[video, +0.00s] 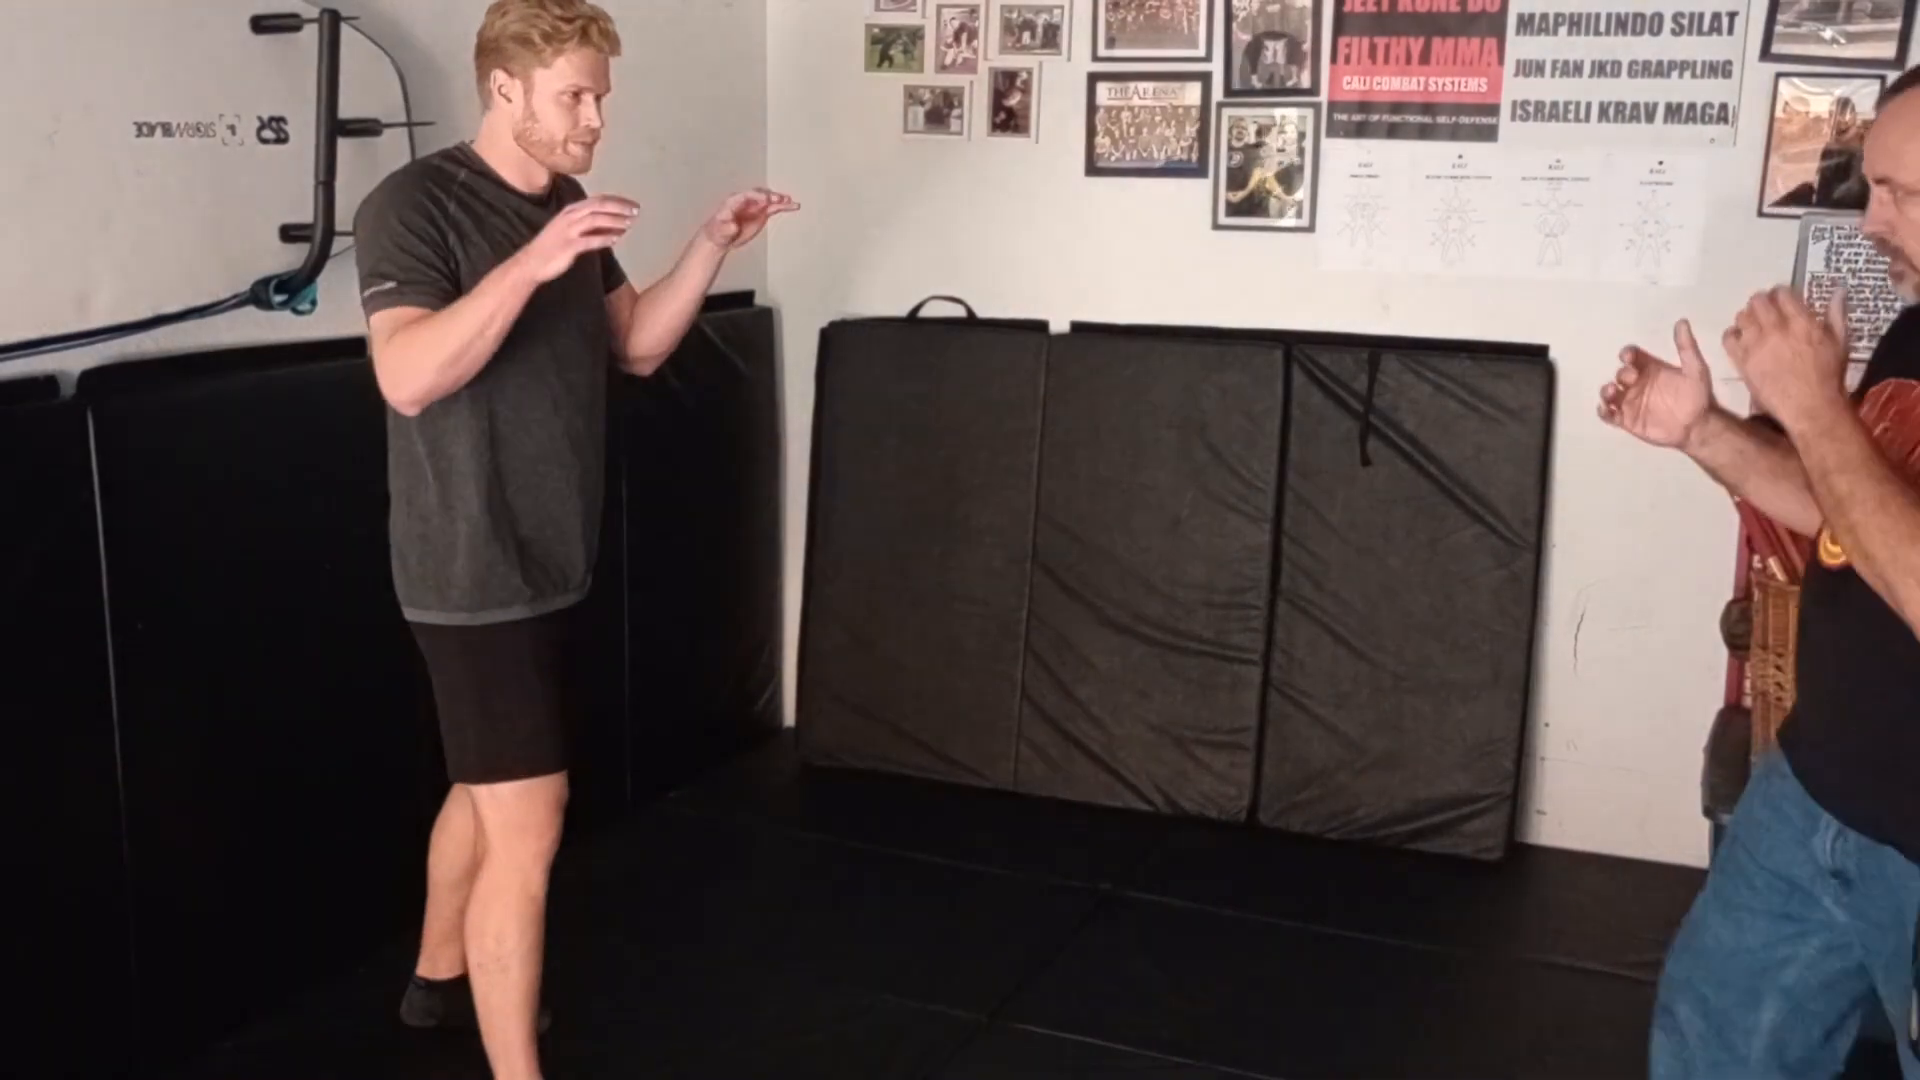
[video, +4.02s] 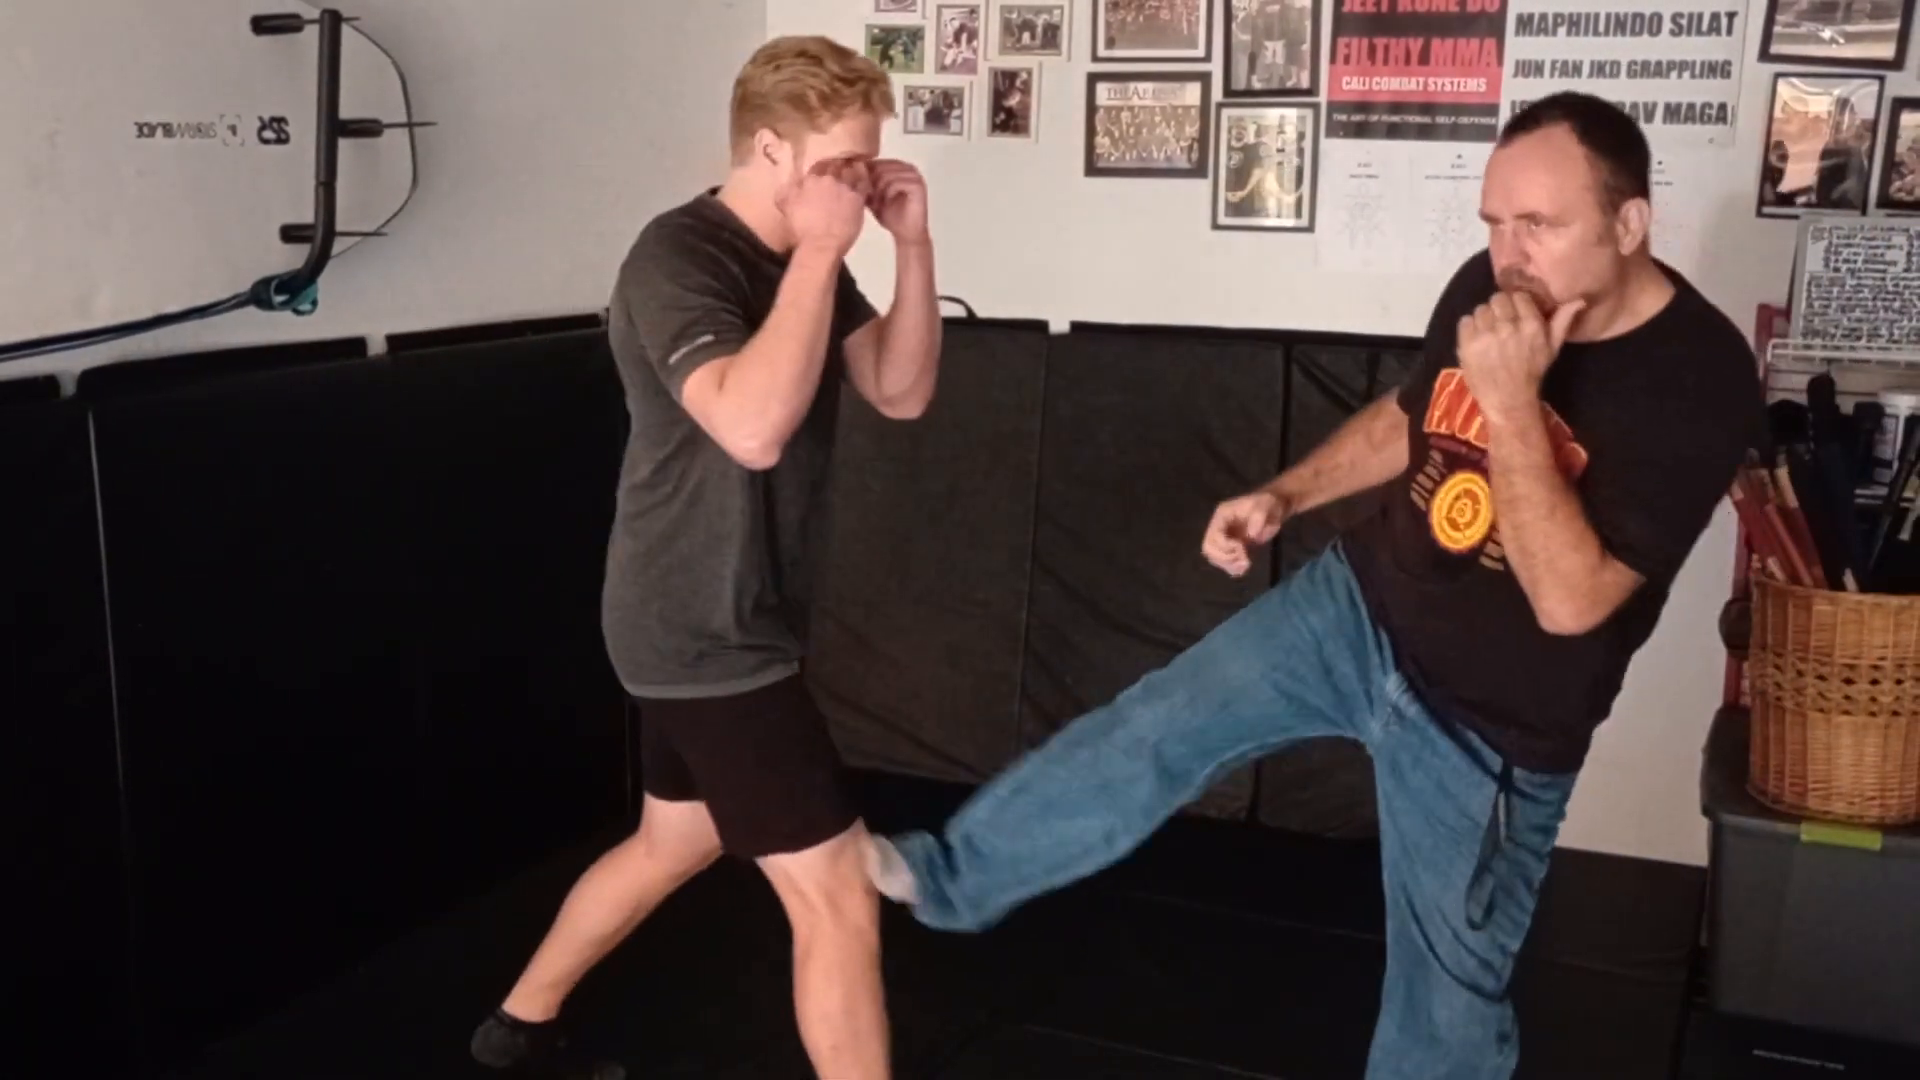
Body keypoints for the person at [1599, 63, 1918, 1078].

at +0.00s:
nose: (1873, 222)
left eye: (1895, 191)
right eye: (1870, 189)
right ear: (1868, 192)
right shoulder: (1903, 339)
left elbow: (1908, 586)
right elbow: (1838, 511)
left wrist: (1812, 407)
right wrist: (1706, 428)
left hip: (1913, 860)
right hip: (1813, 795)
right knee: (1715, 1045)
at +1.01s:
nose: (1582, 241)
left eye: (1603, 214)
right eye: (1584, 211)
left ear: (1698, 217)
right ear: (1695, 215)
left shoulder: (1811, 376)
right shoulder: (1689, 313)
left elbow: (1645, 594)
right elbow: (1630, 467)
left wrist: (1528, 395)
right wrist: (1509, 436)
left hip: (1627, 842)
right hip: (1518, 708)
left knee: (1581, 1067)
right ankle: (1214, 1059)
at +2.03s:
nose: (1623, 206)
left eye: (1660, 178)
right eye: (1616, 175)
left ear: (1751, 196)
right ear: (1605, 179)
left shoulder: (1825, 354)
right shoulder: (1631, 324)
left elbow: (1809, 605)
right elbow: (1601, 531)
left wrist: (1602, 481)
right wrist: (1508, 470)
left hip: (1717, 807)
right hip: (1614, 782)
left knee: (1561, 1057)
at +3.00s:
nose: (1621, 238)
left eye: (1643, 212)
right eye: (1621, 210)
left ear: (1741, 209)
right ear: (1725, 211)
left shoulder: (1884, 342)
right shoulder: (1679, 311)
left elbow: (1850, 592)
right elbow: (1589, 479)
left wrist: (1638, 473)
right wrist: (1536, 403)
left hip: (1818, 824)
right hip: (1649, 780)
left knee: (1807, 1064)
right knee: (1602, 1053)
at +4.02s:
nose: (1503, 251)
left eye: (1537, 225)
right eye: (1495, 220)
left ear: (1631, 225)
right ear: (1486, 214)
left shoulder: (1703, 384)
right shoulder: (1493, 289)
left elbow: (1575, 601)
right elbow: (1407, 420)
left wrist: (1514, 407)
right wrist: (1283, 496)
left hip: (1491, 741)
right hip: (1357, 604)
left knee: (1445, 1023)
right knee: (1150, 731)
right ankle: (950, 876)